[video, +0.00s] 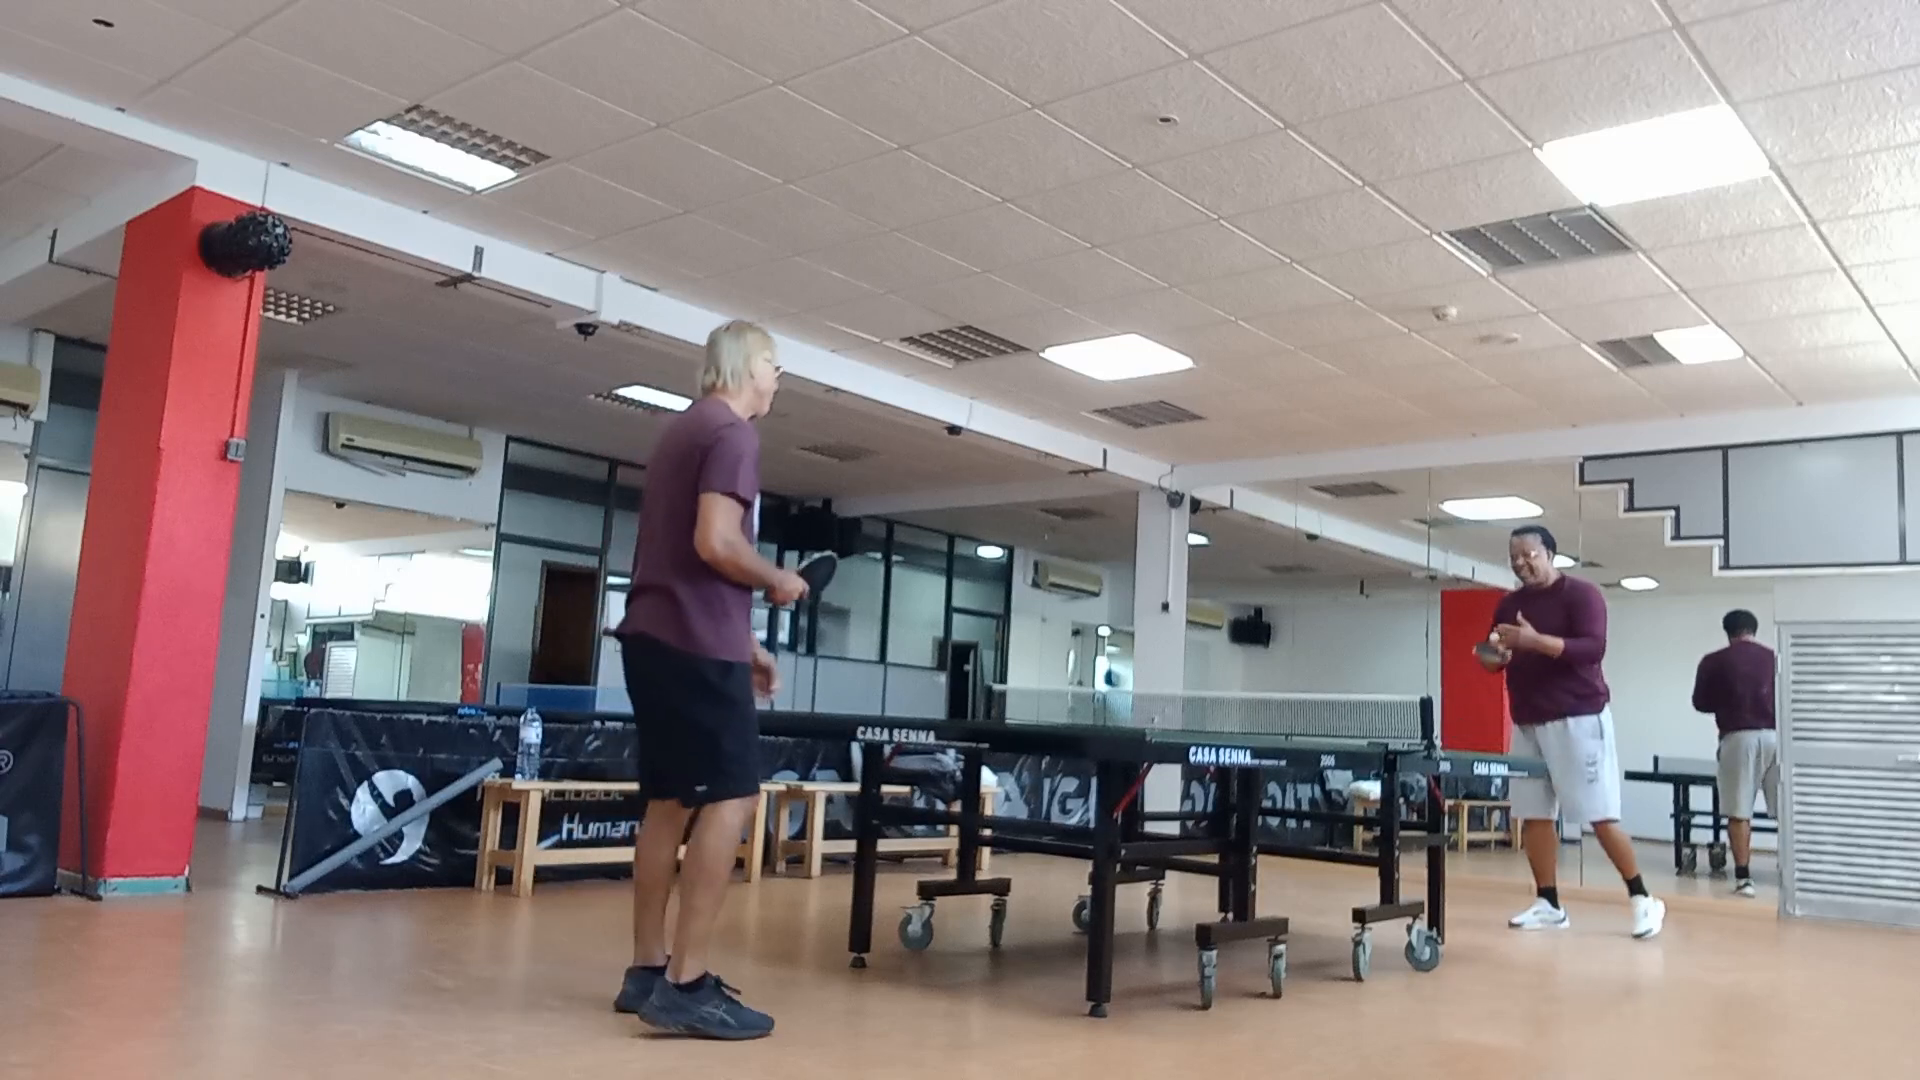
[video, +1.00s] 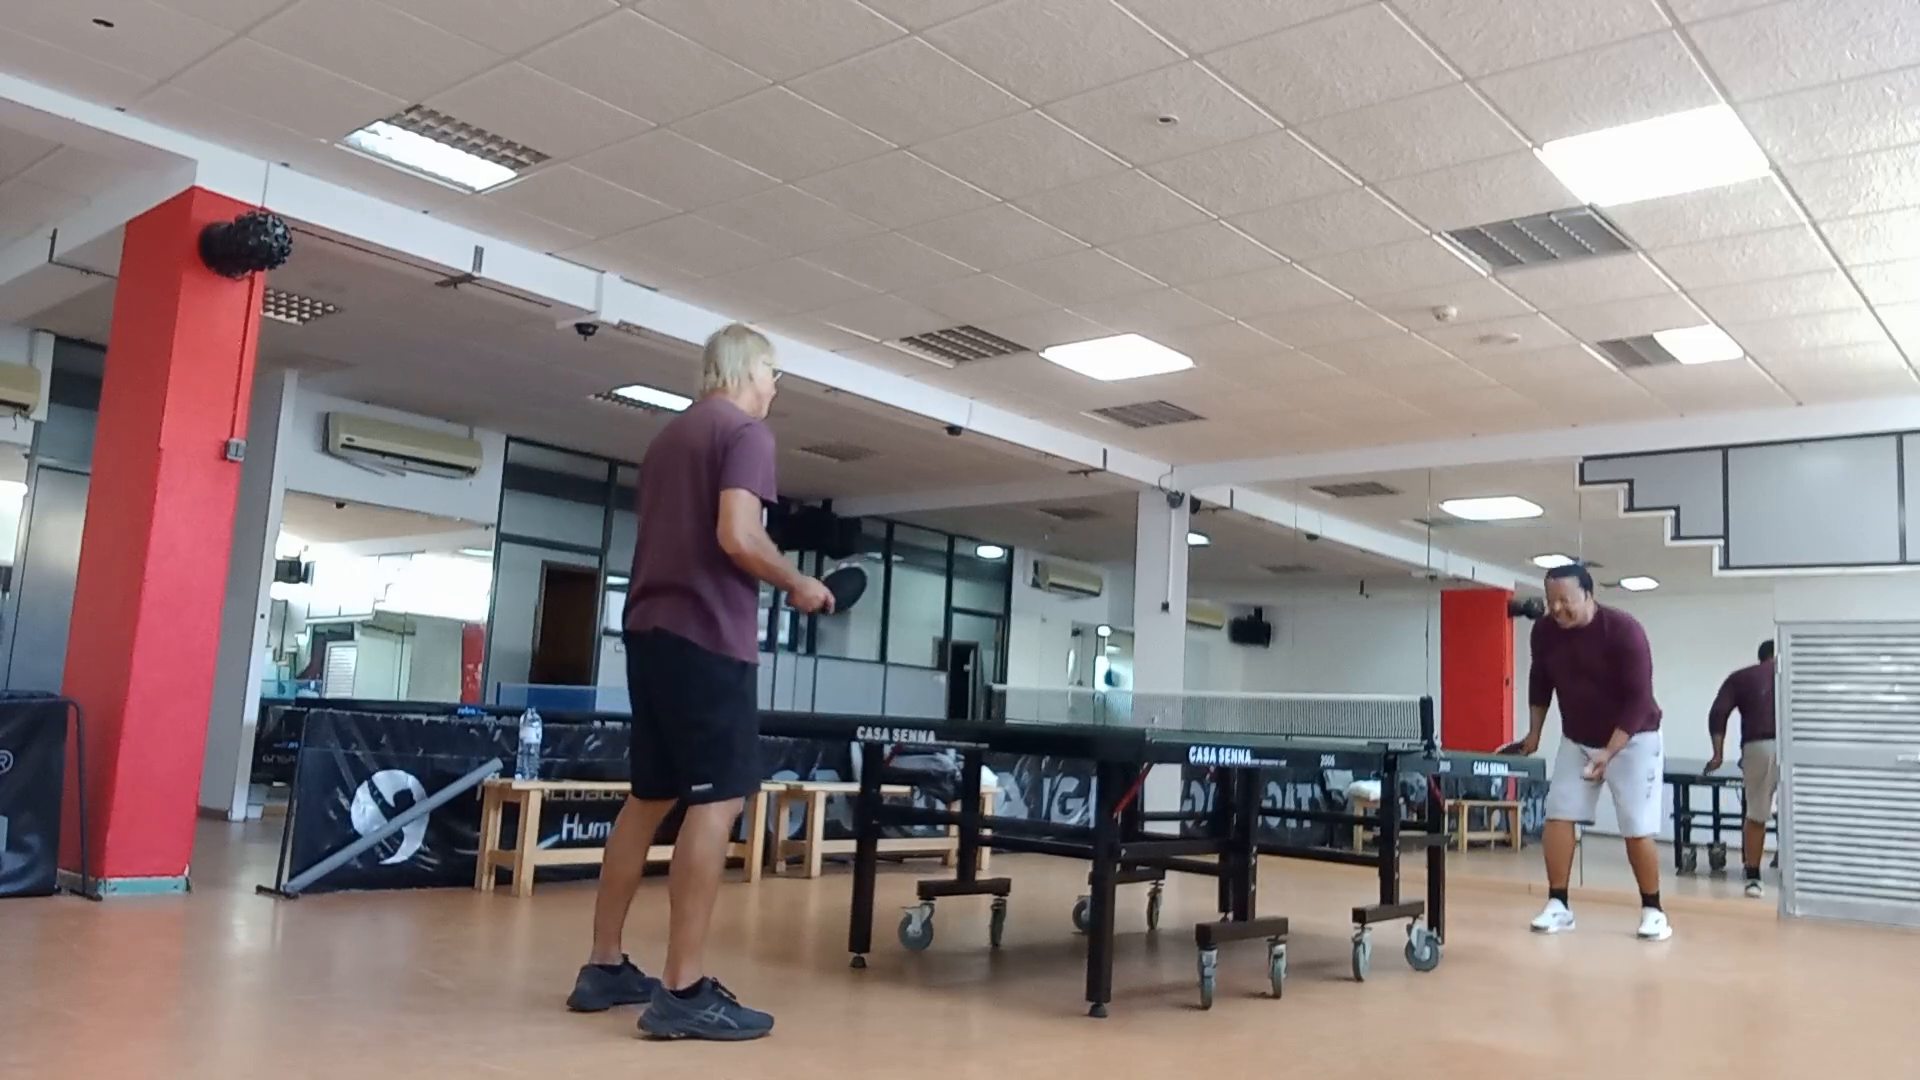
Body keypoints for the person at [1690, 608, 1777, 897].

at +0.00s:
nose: (1744, 637)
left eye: (1733, 633)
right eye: (1748, 631)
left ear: (1727, 633)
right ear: (1754, 631)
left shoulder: (1712, 661)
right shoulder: (1771, 657)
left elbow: (1700, 702)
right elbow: (1783, 694)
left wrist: (1730, 702)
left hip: (1737, 741)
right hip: (1774, 740)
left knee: (1738, 812)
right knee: (1785, 811)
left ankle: (1743, 879)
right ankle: (1794, 876)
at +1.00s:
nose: (1776, 660)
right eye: (1778, 654)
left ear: (1760, 656)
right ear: (1780, 655)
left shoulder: (1742, 677)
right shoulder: (1796, 675)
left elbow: (1717, 713)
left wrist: (1717, 753)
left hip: (1759, 748)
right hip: (1796, 748)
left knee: (1756, 814)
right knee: (1794, 814)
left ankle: (1753, 877)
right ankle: (1788, 872)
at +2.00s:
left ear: (1769, 656)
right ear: (1787, 660)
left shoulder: (1752, 673)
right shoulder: (1794, 681)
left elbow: (1735, 694)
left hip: (1751, 748)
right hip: (1783, 748)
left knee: (1740, 811)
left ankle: (1736, 865)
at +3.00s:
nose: (1772, 663)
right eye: (1775, 658)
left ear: (1755, 657)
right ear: (1776, 658)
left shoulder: (1737, 679)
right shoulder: (1783, 677)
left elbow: (1742, 714)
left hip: (1744, 752)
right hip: (1779, 750)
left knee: (1730, 816)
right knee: (1800, 815)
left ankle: (1706, 870)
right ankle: (1804, 874)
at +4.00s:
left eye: (1699, 670)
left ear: (1698, 668)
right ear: (1722, 662)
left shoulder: (1696, 685)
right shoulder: (1751, 680)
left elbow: (1683, 718)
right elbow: (1777, 716)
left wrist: (1662, 742)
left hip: (1731, 754)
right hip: (1768, 752)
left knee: (1704, 815)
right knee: (1781, 813)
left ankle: (1699, 870)